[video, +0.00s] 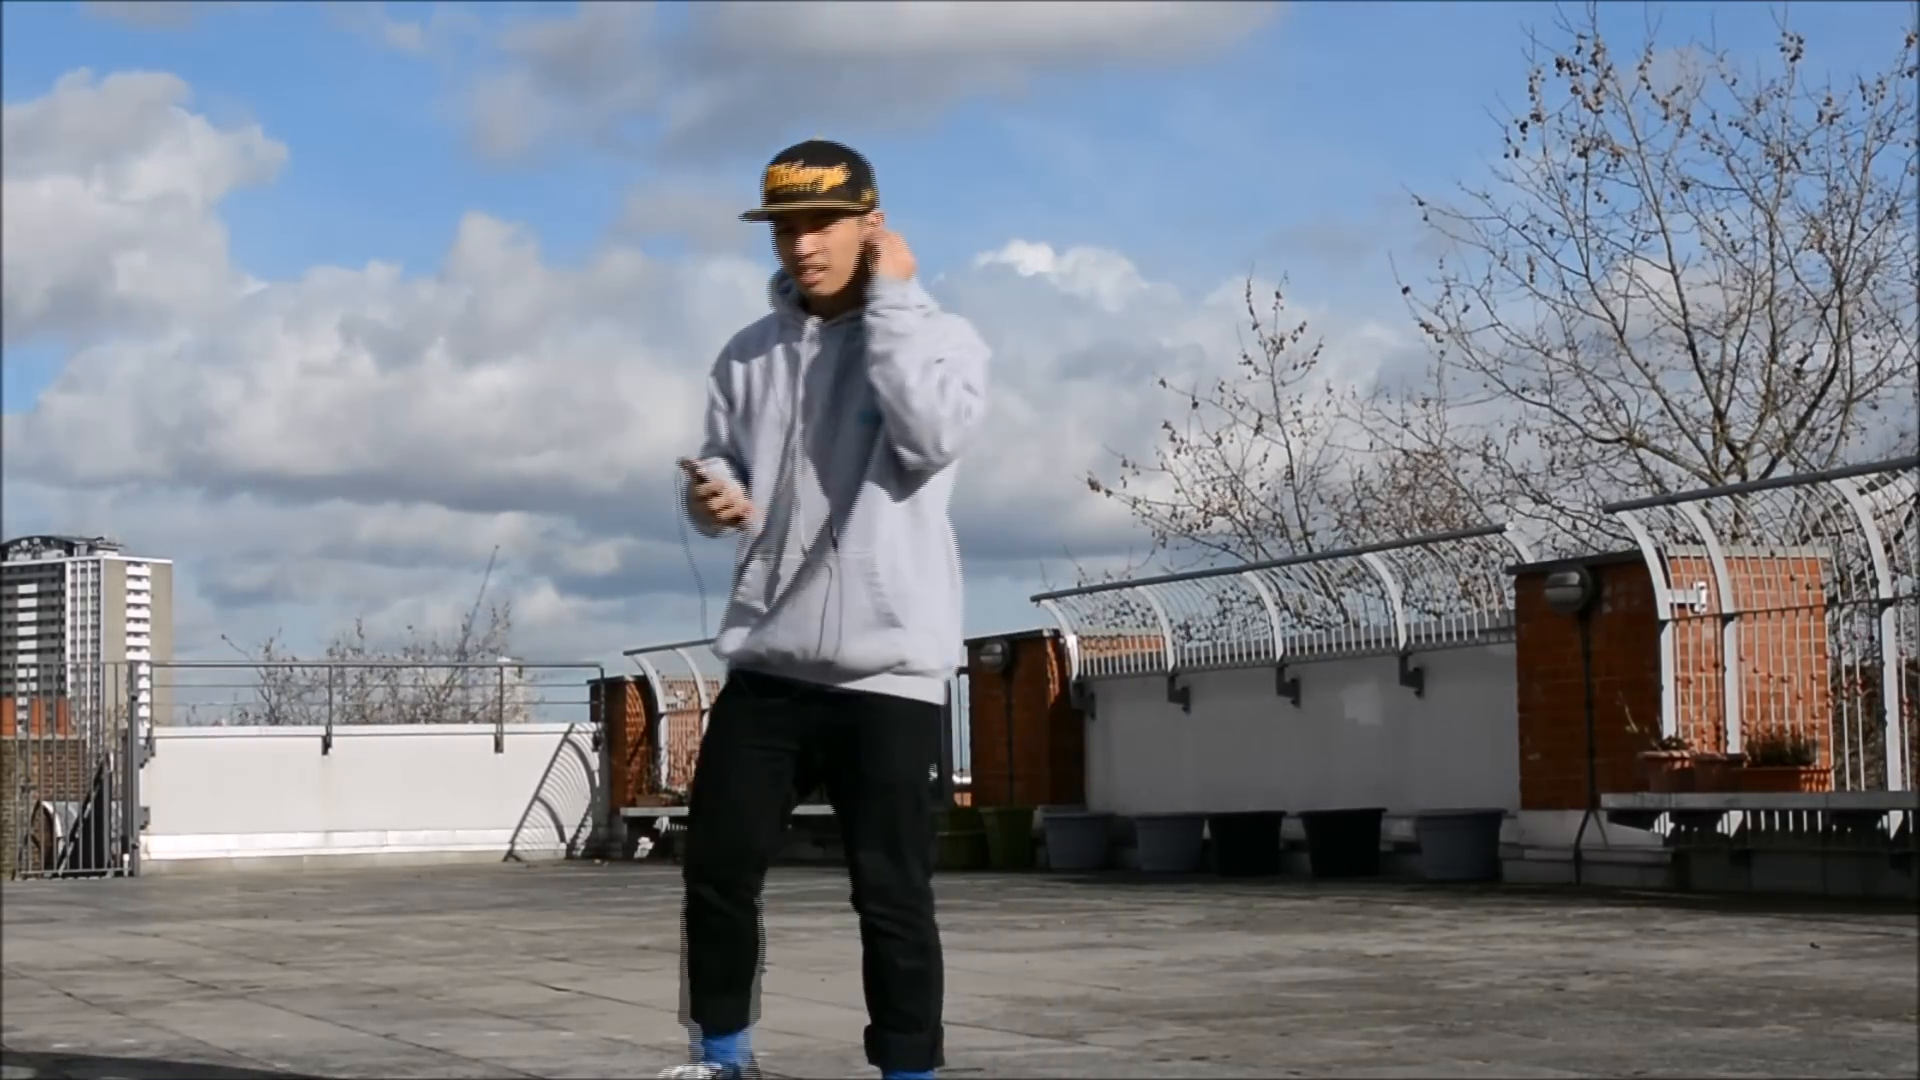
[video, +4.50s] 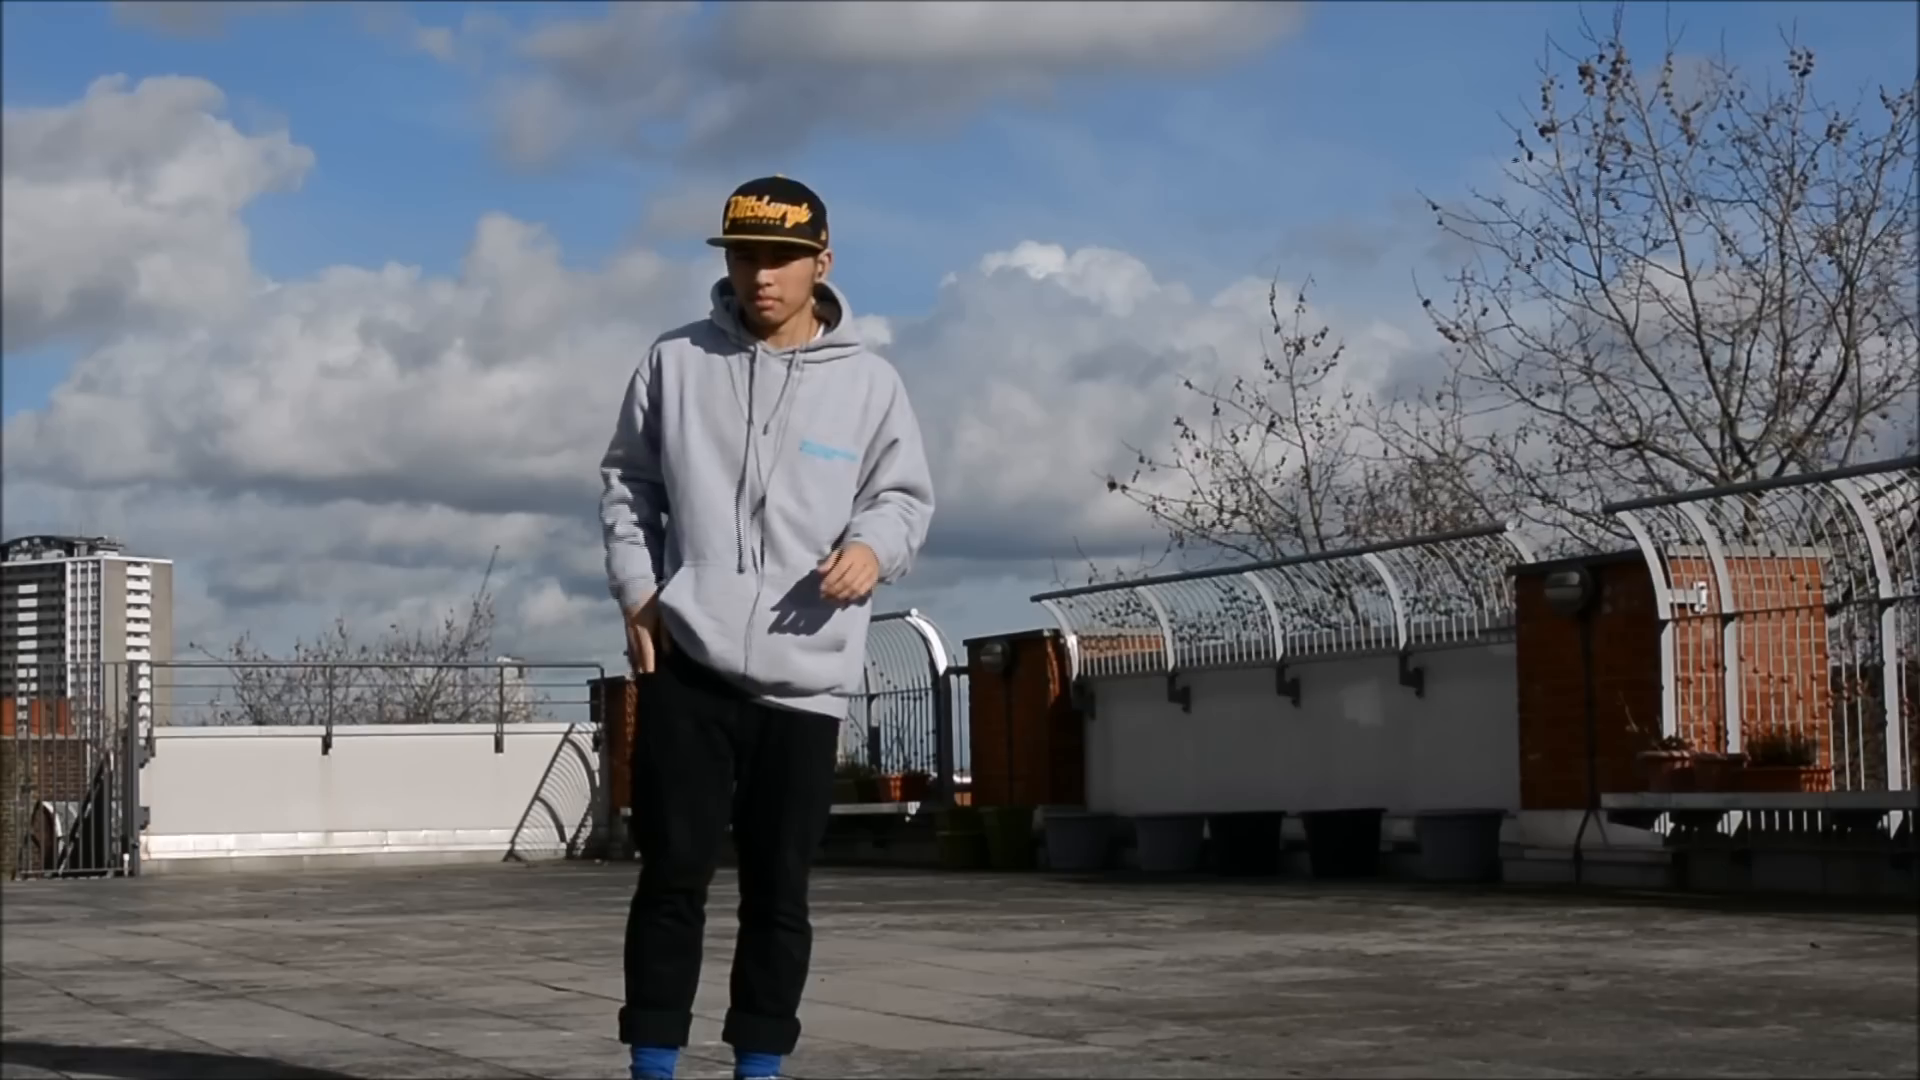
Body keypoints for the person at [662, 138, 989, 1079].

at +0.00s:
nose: (799, 246)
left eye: (820, 226)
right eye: (785, 229)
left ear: (871, 228)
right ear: (774, 238)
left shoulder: (937, 335)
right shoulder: (750, 354)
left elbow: (927, 440)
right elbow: (713, 477)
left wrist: (893, 296)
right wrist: (713, 500)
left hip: (891, 660)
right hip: (771, 657)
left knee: (890, 881)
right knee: (718, 858)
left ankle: (908, 1069)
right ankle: (721, 1055)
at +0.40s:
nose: (681, 295)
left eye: (699, 275)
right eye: (666, 278)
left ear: (751, 258)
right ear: (649, 269)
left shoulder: (813, 344)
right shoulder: (621, 369)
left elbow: (848, 455)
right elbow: (572, 512)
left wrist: (784, 322)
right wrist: (609, 491)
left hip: (795, 663)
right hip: (670, 667)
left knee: (832, 879)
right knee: (672, 886)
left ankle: (877, 1064)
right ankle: (673, 1069)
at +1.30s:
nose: (736, 331)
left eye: (753, 315)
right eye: (719, 316)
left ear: (787, 292)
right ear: (694, 297)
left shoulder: (844, 381)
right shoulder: (649, 385)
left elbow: (885, 522)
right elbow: (611, 519)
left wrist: (843, 449)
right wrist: (676, 502)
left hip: (799, 678)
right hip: (683, 675)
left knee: (780, 882)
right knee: (680, 876)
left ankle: (763, 1061)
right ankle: (668, 1060)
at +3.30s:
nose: (761, 301)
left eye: (779, 285)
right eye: (746, 283)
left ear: (819, 278)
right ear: (726, 277)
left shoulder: (867, 389)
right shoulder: (665, 376)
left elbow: (908, 505)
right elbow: (595, 489)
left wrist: (857, 546)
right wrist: (596, 609)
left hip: (805, 678)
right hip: (684, 669)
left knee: (779, 883)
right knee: (673, 875)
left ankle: (760, 1062)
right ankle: (654, 1061)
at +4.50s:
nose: (761, 276)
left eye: (782, 258)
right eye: (746, 258)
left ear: (819, 264)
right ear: (727, 263)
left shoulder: (870, 380)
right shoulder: (673, 362)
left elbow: (904, 495)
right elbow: (625, 483)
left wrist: (873, 546)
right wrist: (638, 590)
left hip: (805, 672)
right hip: (686, 659)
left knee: (780, 884)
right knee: (673, 872)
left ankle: (762, 1063)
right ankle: (653, 1062)